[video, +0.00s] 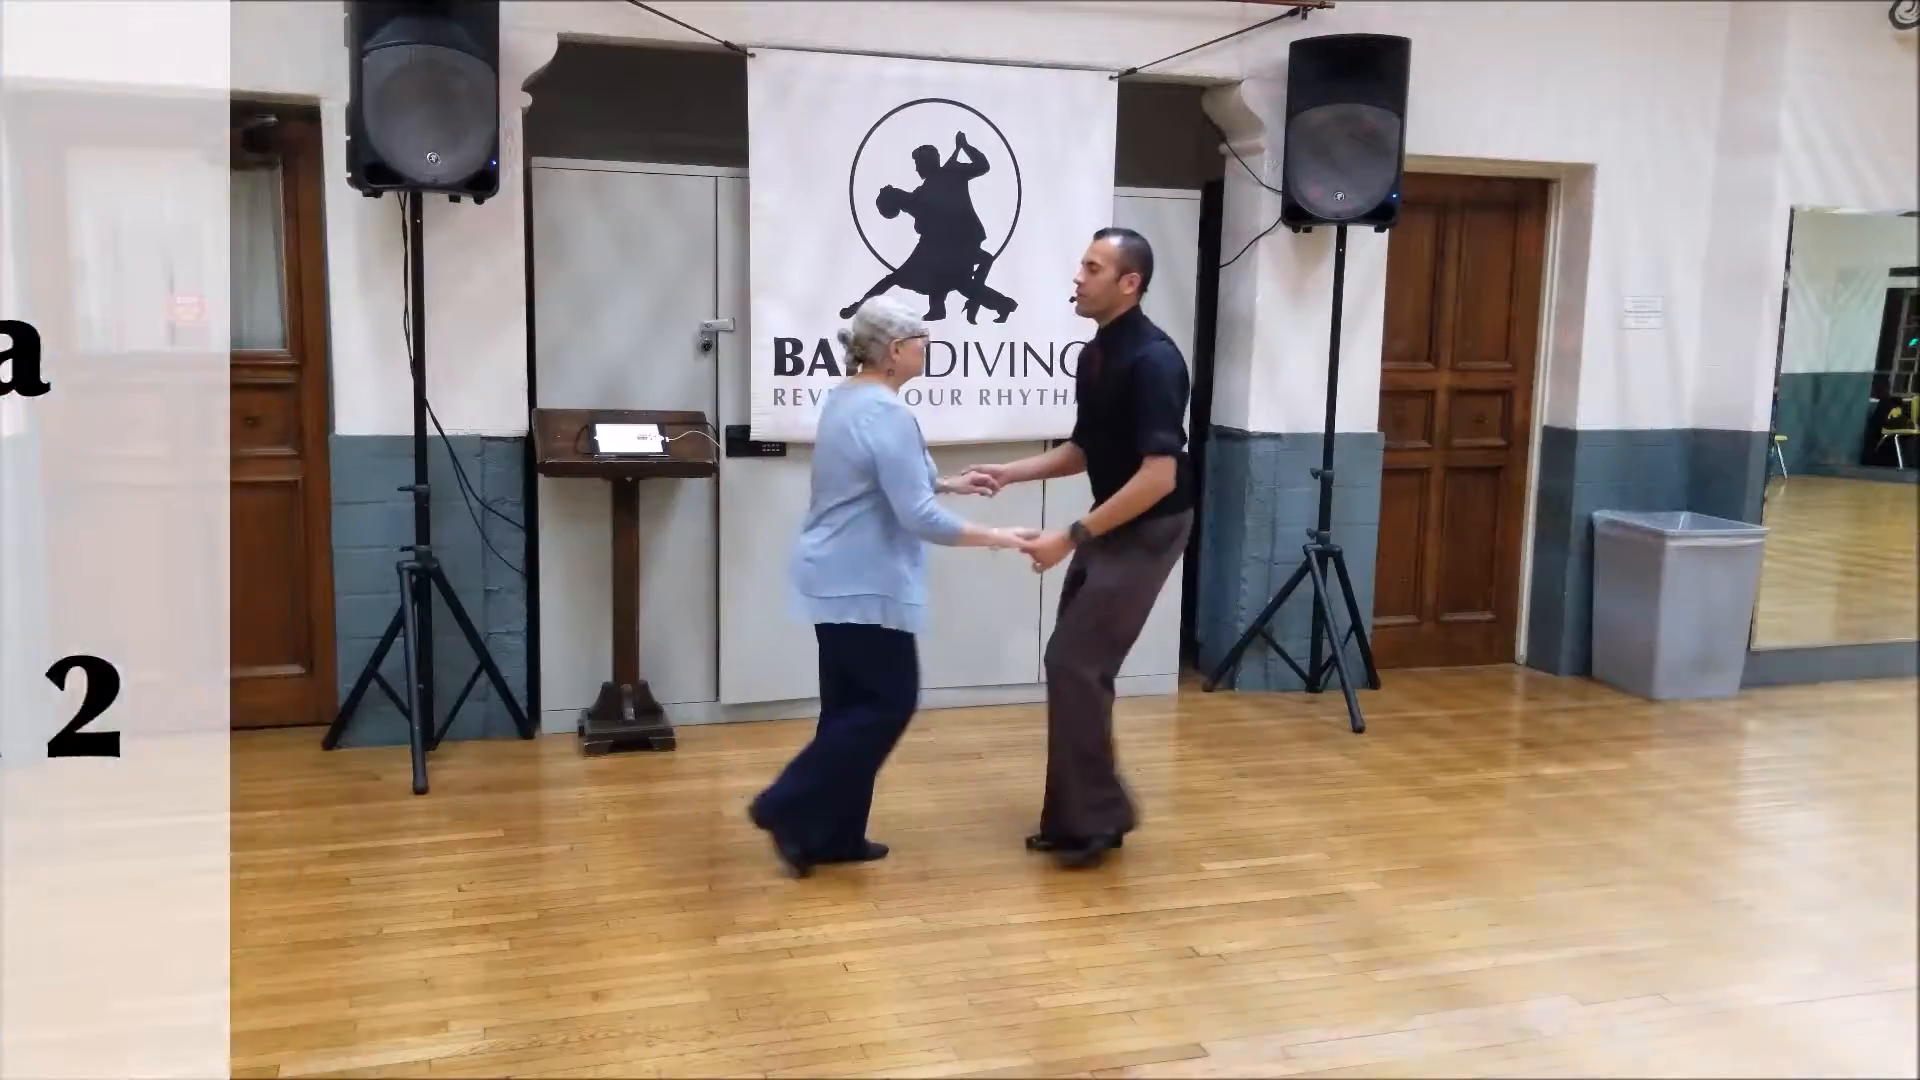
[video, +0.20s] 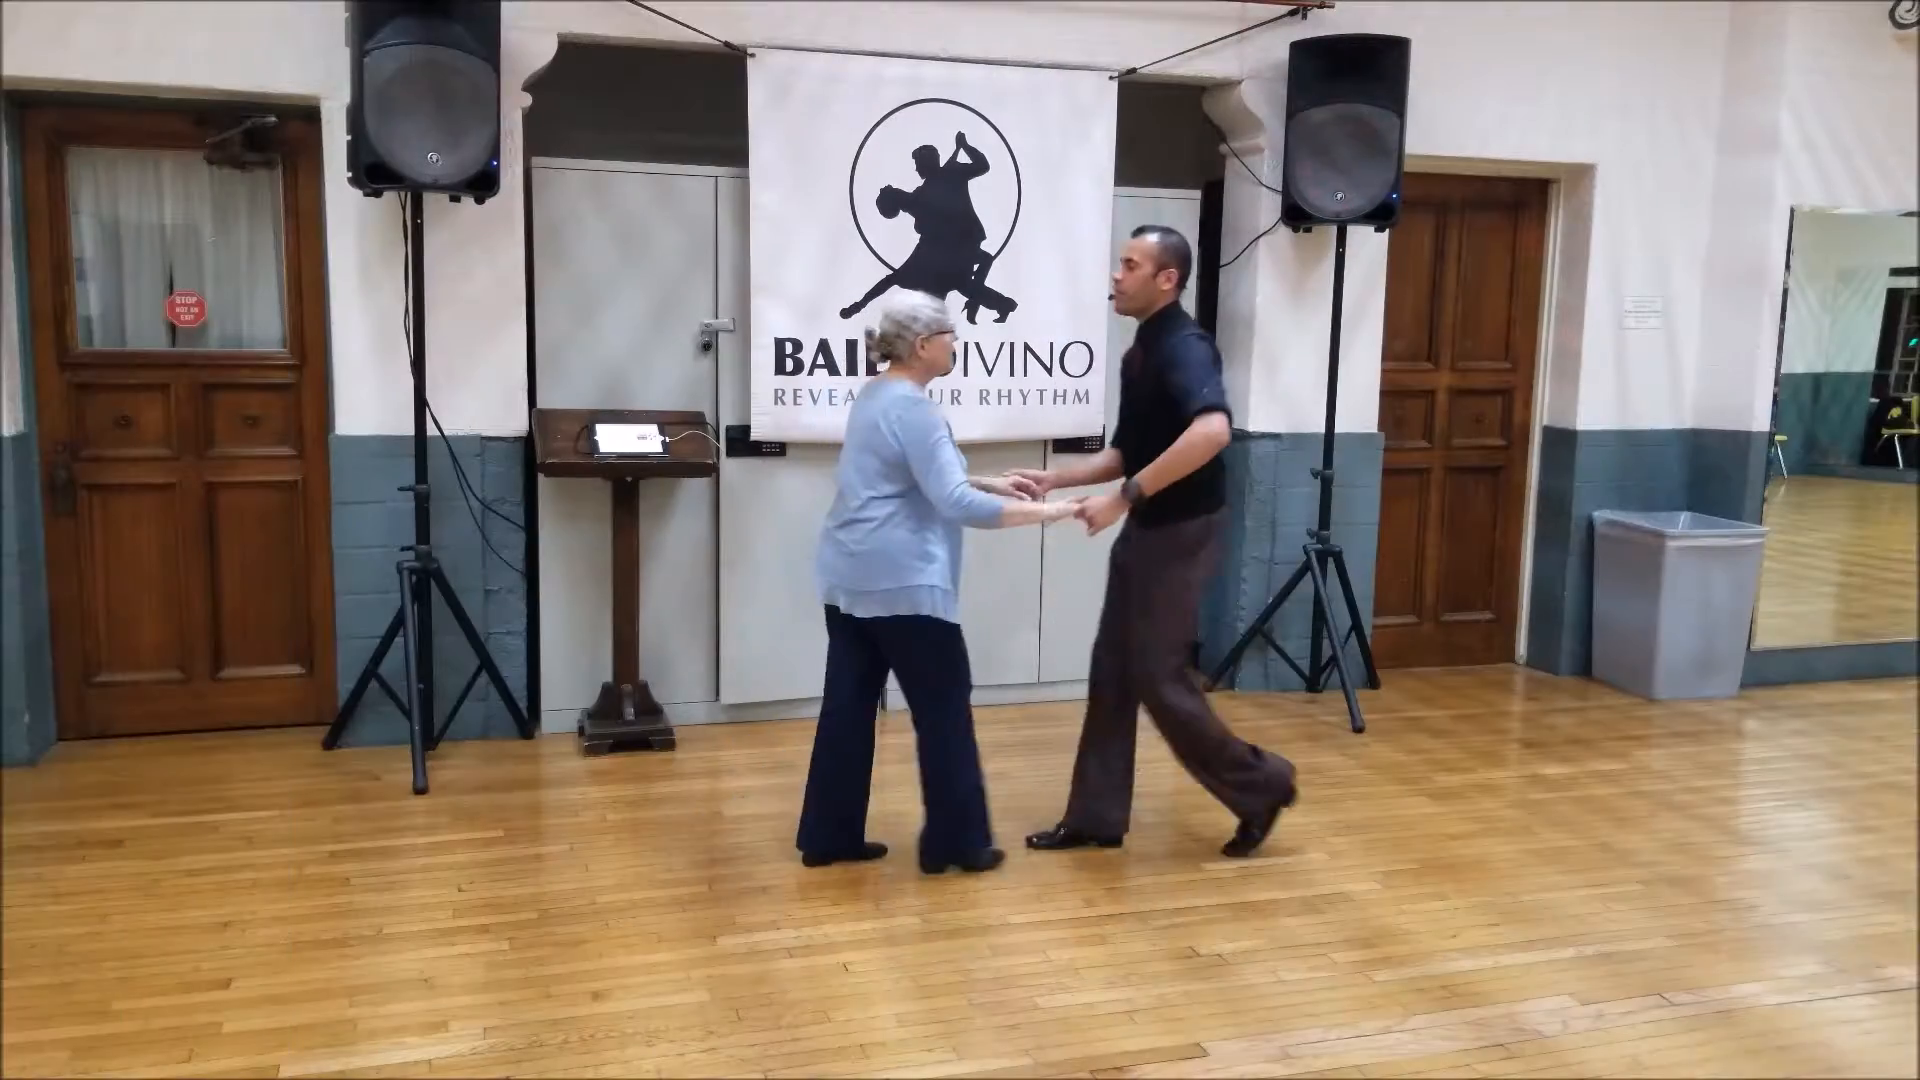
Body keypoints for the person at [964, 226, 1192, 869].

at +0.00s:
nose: (1079, 278)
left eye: (1093, 270)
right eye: (1082, 267)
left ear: (1130, 283)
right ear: (1114, 281)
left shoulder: (1154, 359)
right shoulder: (1096, 350)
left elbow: (1160, 475)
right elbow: (1087, 450)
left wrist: (1075, 533)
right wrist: (1010, 474)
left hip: (1151, 526)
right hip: (1110, 521)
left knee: (1077, 661)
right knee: (1069, 661)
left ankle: (1099, 815)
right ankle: (1071, 816)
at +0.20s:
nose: (1116, 277)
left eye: (1129, 267)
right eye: (1119, 266)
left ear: (1166, 278)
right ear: (1152, 278)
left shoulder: (1184, 343)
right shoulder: (1144, 350)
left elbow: (1212, 429)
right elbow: (1129, 455)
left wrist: (1124, 497)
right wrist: (1054, 480)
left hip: (1181, 531)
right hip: (1146, 528)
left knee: (1159, 675)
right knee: (1113, 671)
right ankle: (1096, 817)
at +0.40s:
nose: (1160, 279)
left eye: (1175, 271)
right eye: (1163, 268)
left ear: (1212, 283)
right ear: (1189, 282)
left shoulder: (1230, 344)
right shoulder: (1183, 356)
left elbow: (1257, 419)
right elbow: (1167, 462)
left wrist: (1172, 471)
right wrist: (1098, 500)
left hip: (1253, 534)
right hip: (1206, 532)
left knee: (1260, 674)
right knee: (1166, 668)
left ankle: (1291, 819)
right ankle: (1121, 804)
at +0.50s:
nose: (1183, 283)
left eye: (1198, 274)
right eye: (1185, 272)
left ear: (1235, 285)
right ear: (1212, 283)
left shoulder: (1264, 355)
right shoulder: (1201, 360)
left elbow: (1274, 454)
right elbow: (1188, 456)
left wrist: (1183, 486)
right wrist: (1141, 495)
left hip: (1275, 535)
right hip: (1219, 536)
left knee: (1282, 678)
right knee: (1176, 652)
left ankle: (1294, 822)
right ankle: (1185, 799)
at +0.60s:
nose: (1205, 279)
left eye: (1220, 272)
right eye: (1206, 269)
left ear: (1257, 285)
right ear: (1215, 282)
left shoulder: (1284, 360)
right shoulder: (1213, 357)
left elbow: (1279, 474)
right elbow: (1204, 455)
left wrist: (1183, 500)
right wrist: (1149, 488)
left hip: (1296, 534)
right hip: (1237, 532)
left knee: (1299, 678)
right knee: (1207, 665)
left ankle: (1297, 823)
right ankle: (1276, 786)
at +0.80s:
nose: (1232, 281)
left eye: (1247, 274)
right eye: (1233, 270)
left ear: (1285, 288)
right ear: (1235, 277)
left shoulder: (1305, 362)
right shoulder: (1235, 355)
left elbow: (1292, 480)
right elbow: (1232, 446)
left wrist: (1199, 524)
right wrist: (1161, 464)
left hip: (1306, 530)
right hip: (1266, 529)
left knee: (1277, 670)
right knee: (1307, 666)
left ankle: (1300, 820)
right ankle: (1364, 800)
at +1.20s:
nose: (1220, 281)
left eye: (1236, 273)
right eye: (1223, 270)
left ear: (1272, 287)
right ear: (1234, 281)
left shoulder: (1290, 355)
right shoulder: (1229, 353)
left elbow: (1302, 455)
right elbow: (1213, 445)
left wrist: (1208, 478)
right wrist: (1179, 475)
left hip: (1273, 533)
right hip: (1237, 529)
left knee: (1229, 664)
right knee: (1256, 663)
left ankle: (1260, 822)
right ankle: (1346, 781)